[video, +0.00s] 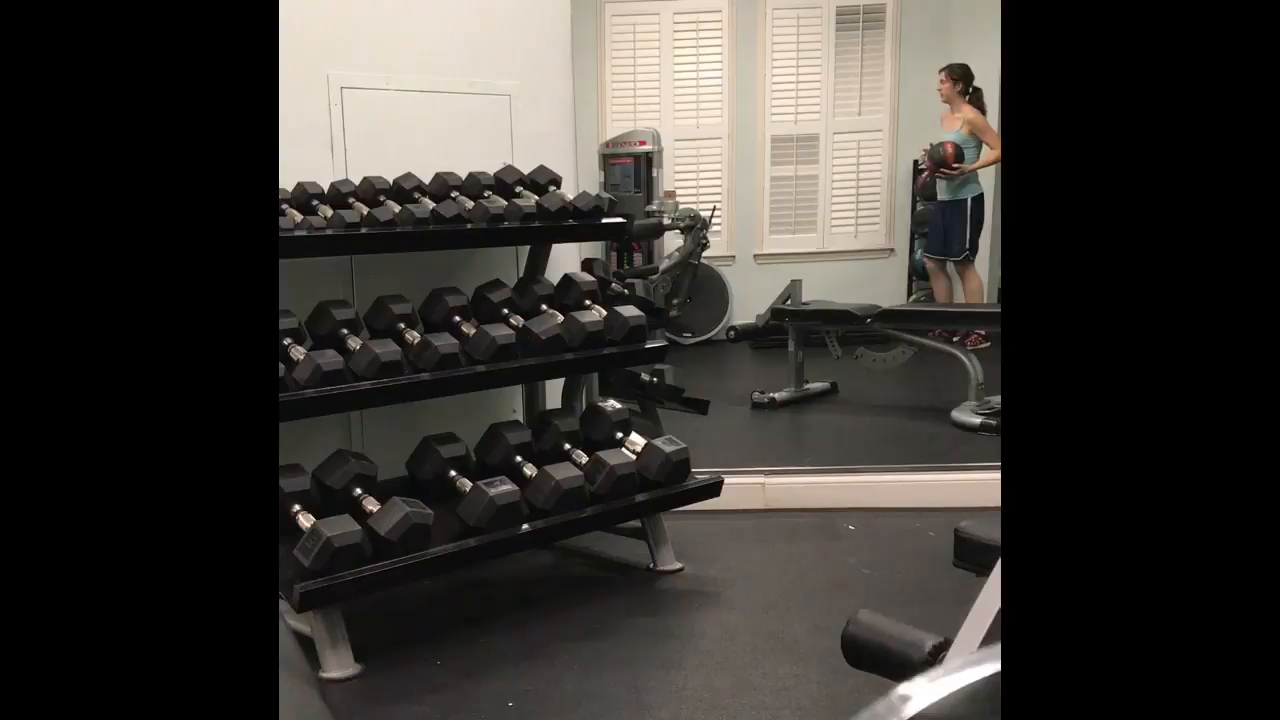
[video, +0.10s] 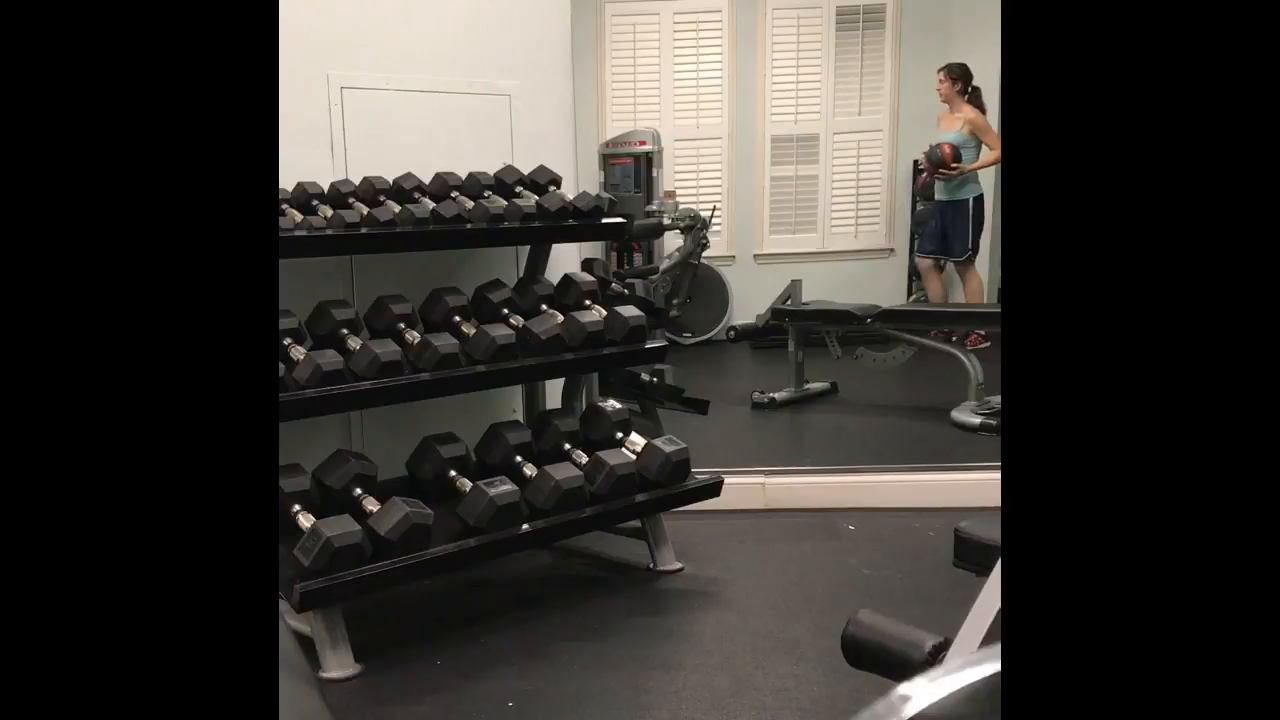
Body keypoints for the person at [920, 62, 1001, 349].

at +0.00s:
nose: (938, 86)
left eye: (943, 82)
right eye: (939, 81)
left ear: (957, 85)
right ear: (951, 85)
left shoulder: (972, 116)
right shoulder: (947, 116)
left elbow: (999, 149)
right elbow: (953, 152)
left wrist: (970, 168)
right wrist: (931, 158)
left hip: (966, 199)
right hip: (944, 198)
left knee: (963, 263)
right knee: (933, 261)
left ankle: (978, 328)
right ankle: (947, 324)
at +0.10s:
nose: (938, 86)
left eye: (942, 82)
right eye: (938, 82)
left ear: (958, 85)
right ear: (952, 86)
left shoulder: (973, 117)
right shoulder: (943, 116)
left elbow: (998, 150)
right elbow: (947, 152)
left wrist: (968, 168)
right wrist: (929, 160)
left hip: (966, 201)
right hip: (941, 200)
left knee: (964, 264)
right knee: (925, 262)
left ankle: (979, 328)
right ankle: (943, 325)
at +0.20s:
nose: (933, 87)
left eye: (937, 83)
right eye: (933, 82)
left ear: (953, 86)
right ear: (947, 86)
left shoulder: (971, 118)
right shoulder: (936, 118)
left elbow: (993, 157)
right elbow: (940, 156)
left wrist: (954, 168)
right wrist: (921, 167)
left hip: (962, 201)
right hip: (935, 200)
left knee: (962, 266)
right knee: (916, 262)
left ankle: (976, 329)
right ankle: (923, 328)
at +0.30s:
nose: (927, 90)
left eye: (931, 84)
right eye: (927, 84)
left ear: (948, 87)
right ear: (938, 87)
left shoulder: (966, 119)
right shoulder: (929, 120)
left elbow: (985, 160)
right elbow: (936, 157)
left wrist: (939, 163)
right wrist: (915, 166)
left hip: (957, 203)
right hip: (928, 202)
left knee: (959, 267)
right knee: (912, 265)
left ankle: (975, 328)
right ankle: (910, 330)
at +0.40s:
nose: (918, 92)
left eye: (922, 86)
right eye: (917, 87)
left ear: (938, 87)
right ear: (929, 89)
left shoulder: (958, 119)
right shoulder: (920, 122)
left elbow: (973, 163)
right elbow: (930, 159)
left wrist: (929, 160)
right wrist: (907, 165)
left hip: (950, 204)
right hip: (920, 204)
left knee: (954, 268)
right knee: (907, 268)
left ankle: (975, 326)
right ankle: (901, 332)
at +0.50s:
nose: (905, 93)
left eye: (909, 87)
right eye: (905, 87)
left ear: (926, 89)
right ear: (915, 90)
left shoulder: (945, 119)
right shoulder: (910, 123)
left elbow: (960, 163)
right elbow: (919, 161)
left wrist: (915, 161)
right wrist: (895, 170)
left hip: (939, 204)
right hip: (910, 204)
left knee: (946, 271)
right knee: (897, 269)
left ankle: (973, 323)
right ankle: (894, 333)